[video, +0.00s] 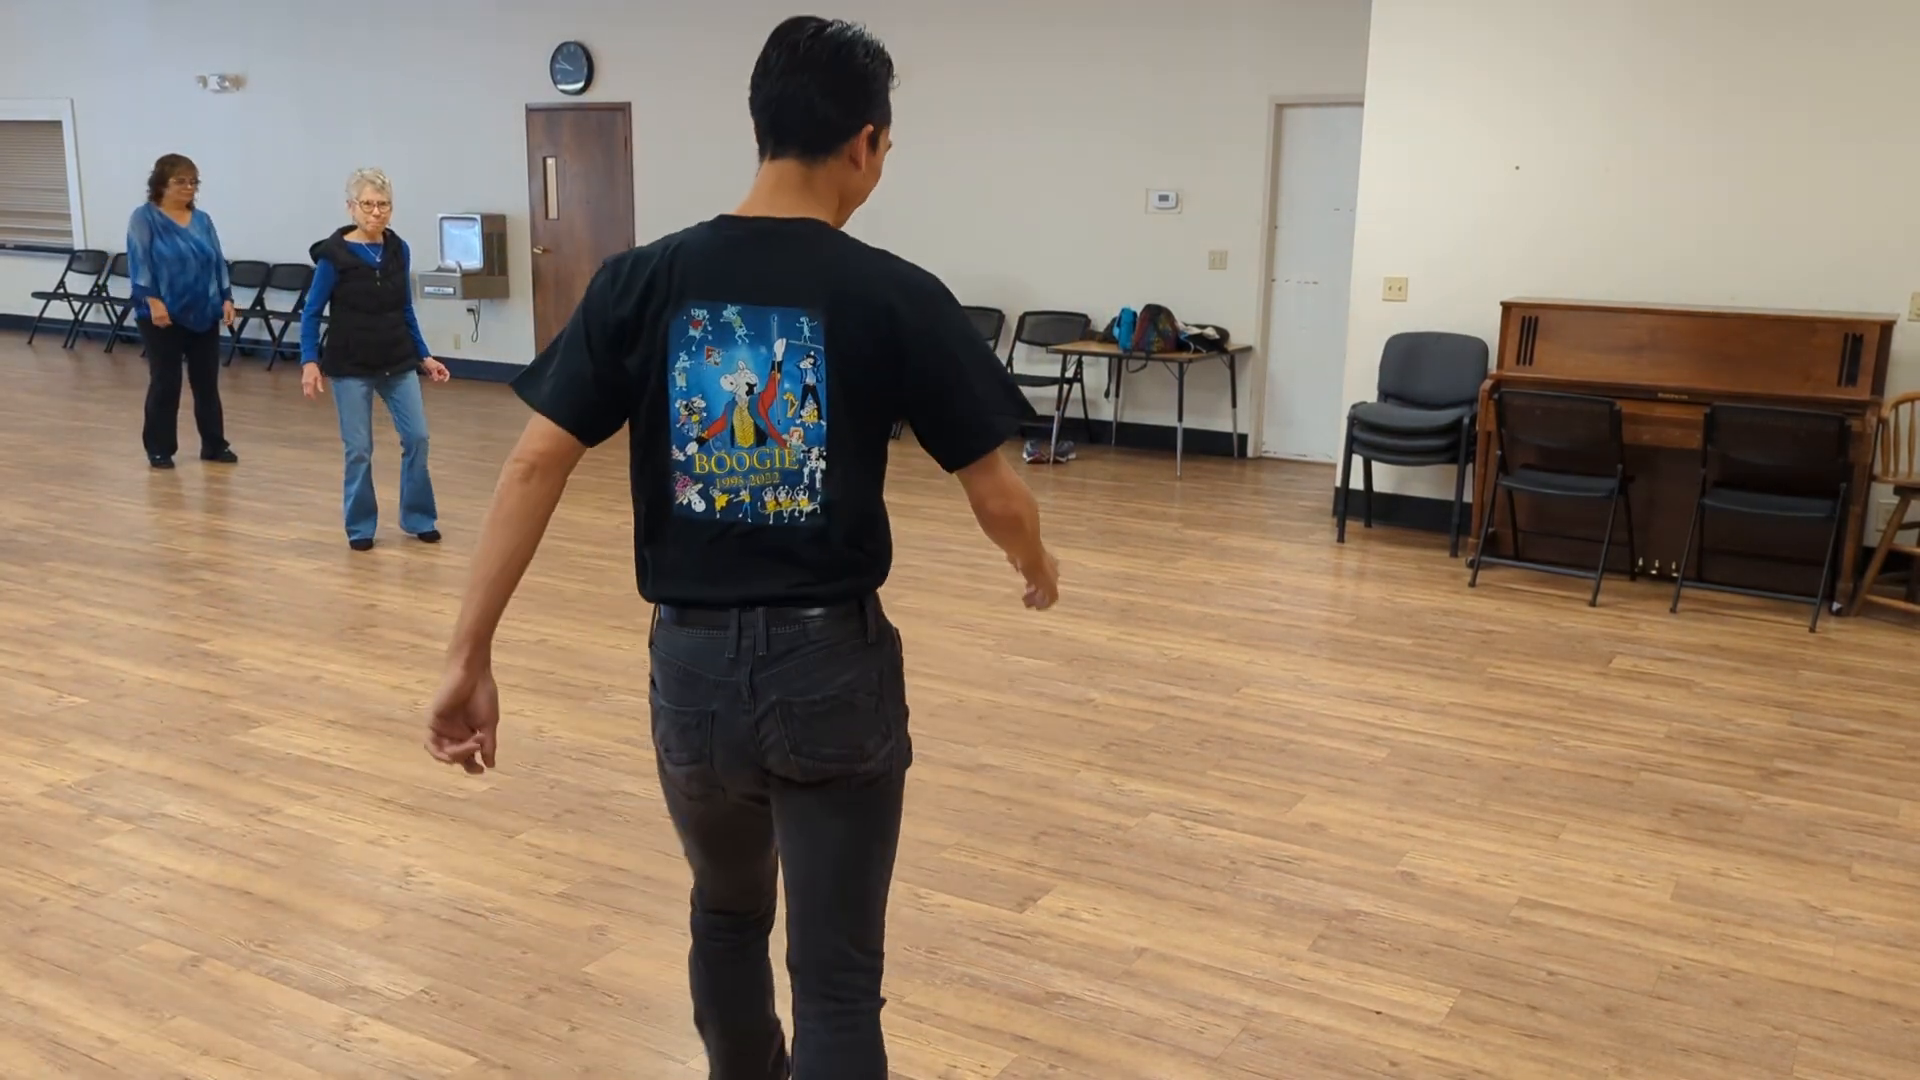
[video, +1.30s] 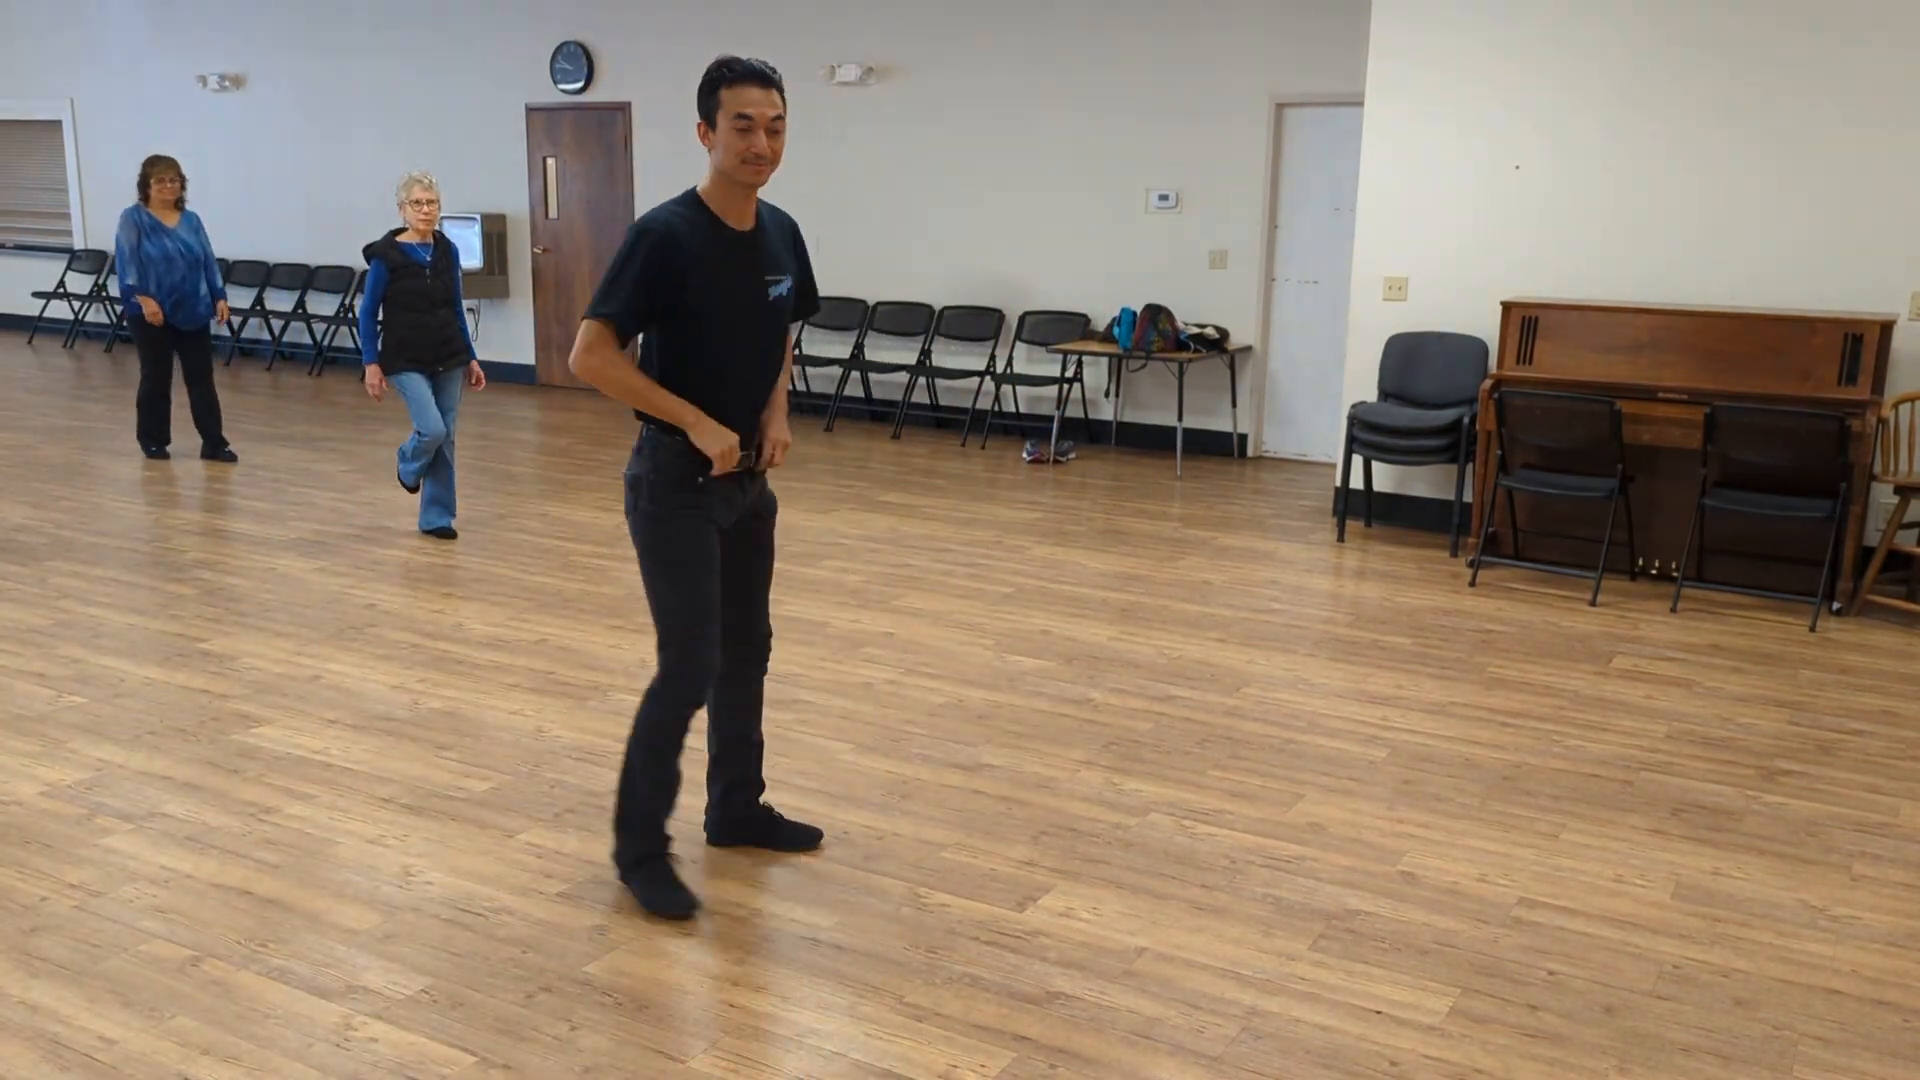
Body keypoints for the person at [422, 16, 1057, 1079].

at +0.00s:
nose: (880, 169)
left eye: (882, 148)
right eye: (882, 147)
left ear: (761, 131)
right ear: (868, 145)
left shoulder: (644, 282)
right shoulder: (894, 296)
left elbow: (536, 462)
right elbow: (1000, 499)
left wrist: (468, 651)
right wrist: (1035, 566)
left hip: (689, 664)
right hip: (834, 659)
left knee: (727, 916)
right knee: (840, 980)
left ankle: (749, 1070)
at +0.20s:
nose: (867, 182)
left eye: (869, 163)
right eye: (871, 161)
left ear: (767, 134)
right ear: (848, 146)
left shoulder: (650, 263)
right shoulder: (868, 273)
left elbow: (574, 440)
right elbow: (946, 460)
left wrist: (543, 593)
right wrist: (993, 542)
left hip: (697, 616)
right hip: (820, 619)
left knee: (733, 846)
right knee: (856, 852)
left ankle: (753, 1070)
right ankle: (846, 1070)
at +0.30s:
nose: (870, 175)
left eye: (876, 155)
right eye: (874, 152)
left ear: (774, 127)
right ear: (845, 136)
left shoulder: (662, 248)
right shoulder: (856, 258)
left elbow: (605, 419)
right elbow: (909, 443)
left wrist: (613, 545)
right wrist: (965, 550)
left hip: (703, 567)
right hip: (824, 572)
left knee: (732, 832)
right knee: (848, 803)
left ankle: (752, 1062)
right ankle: (842, 1057)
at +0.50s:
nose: (885, 172)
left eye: (887, 151)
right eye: (872, 149)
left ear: (801, 154)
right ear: (806, 149)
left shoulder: (698, 254)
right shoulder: (838, 278)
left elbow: (642, 398)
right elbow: (850, 450)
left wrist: (717, 440)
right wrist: (908, 589)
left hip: (719, 553)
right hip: (822, 560)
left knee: (742, 799)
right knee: (820, 754)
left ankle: (754, 1058)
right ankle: (801, 927)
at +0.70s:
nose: (867, 161)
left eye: (873, 143)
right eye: (849, 142)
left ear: (800, 150)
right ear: (790, 147)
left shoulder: (725, 235)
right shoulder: (810, 271)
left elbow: (671, 349)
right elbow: (795, 430)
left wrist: (732, 409)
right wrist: (881, 522)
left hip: (731, 521)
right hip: (807, 531)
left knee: (767, 715)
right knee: (830, 733)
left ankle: (706, 913)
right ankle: (790, 929)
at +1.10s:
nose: (799, 148)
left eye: (810, 132)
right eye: (779, 131)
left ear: (821, 141)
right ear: (741, 139)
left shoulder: (799, 238)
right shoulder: (705, 244)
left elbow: (782, 346)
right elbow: (652, 377)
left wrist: (811, 408)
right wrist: (758, 427)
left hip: (780, 490)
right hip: (722, 496)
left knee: (758, 668)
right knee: (764, 689)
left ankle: (738, 813)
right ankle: (759, 897)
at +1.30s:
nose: (762, 142)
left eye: (774, 127)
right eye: (743, 125)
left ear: (785, 135)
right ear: (705, 132)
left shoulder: (781, 233)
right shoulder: (663, 236)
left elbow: (779, 333)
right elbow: (590, 355)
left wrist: (776, 405)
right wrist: (695, 421)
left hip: (746, 484)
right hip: (673, 484)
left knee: (744, 655)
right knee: (686, 668)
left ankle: (735, 810)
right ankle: (640, 853)